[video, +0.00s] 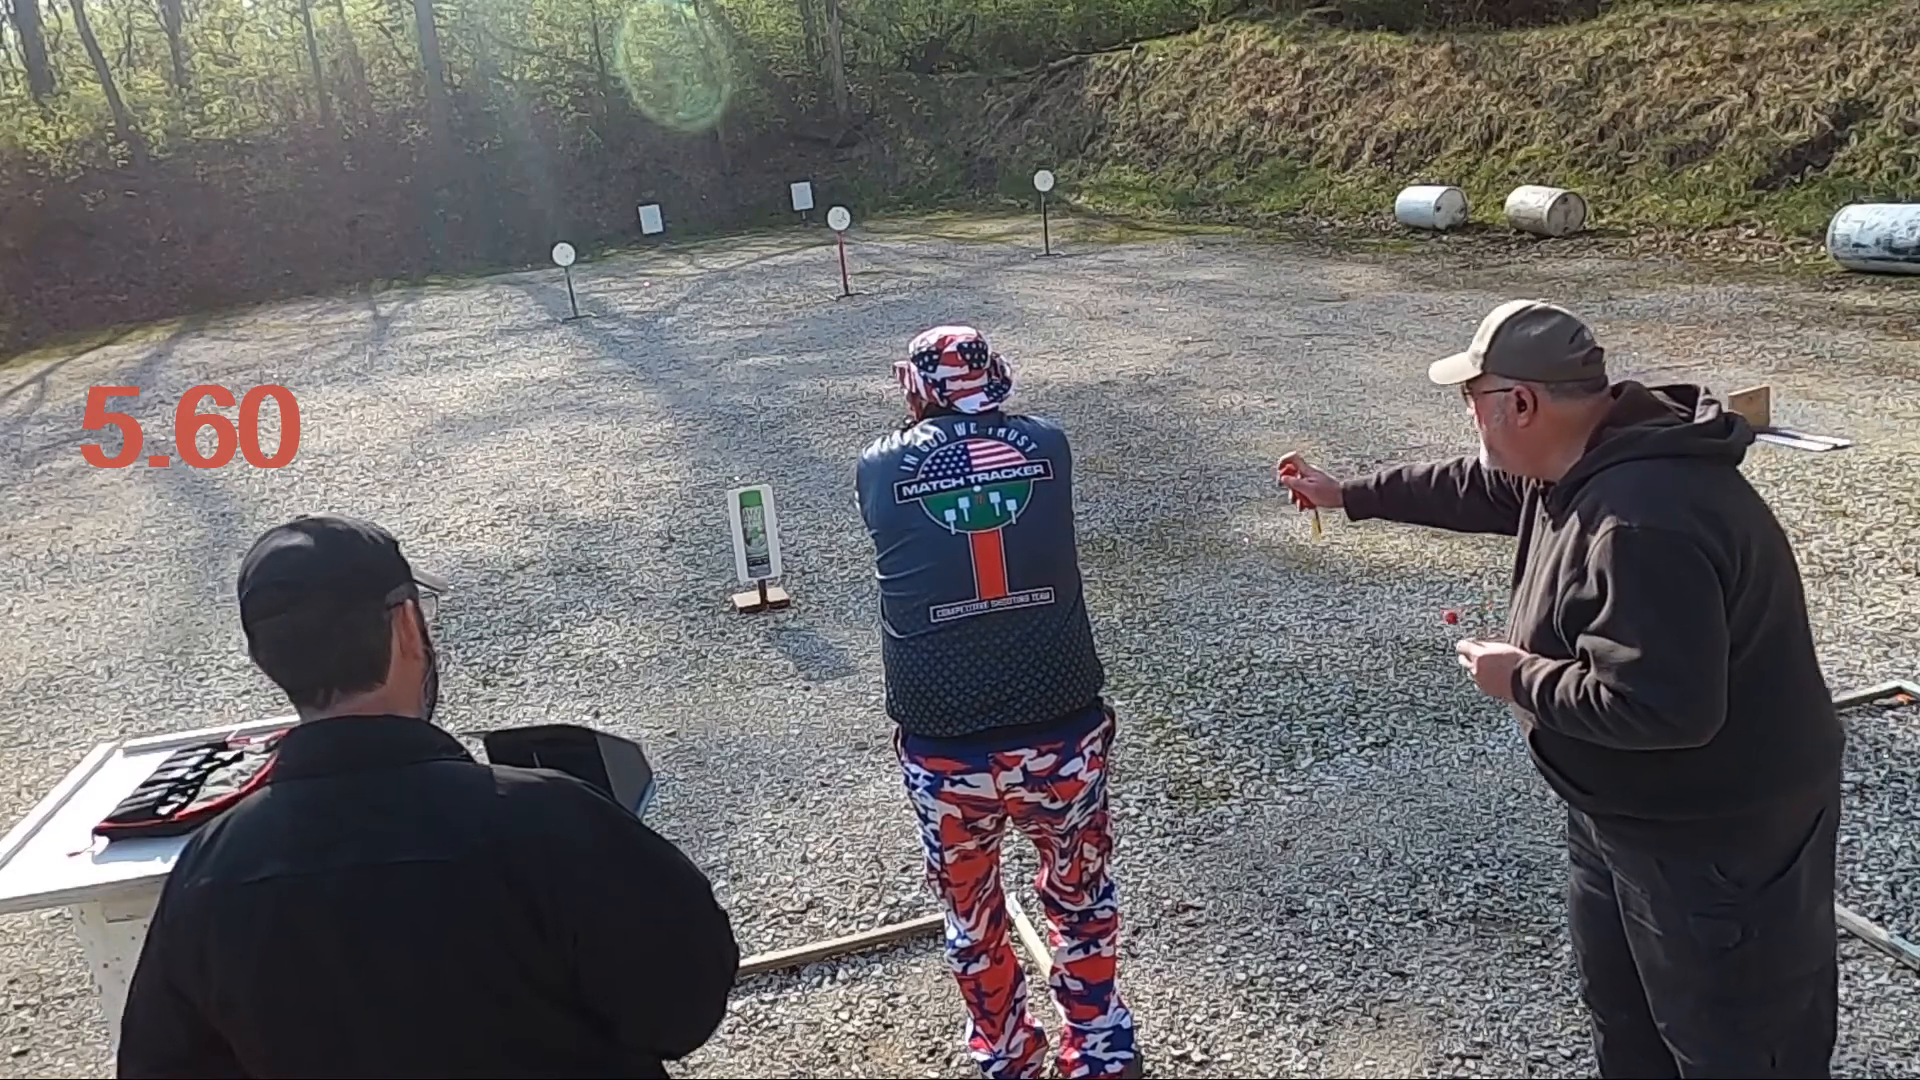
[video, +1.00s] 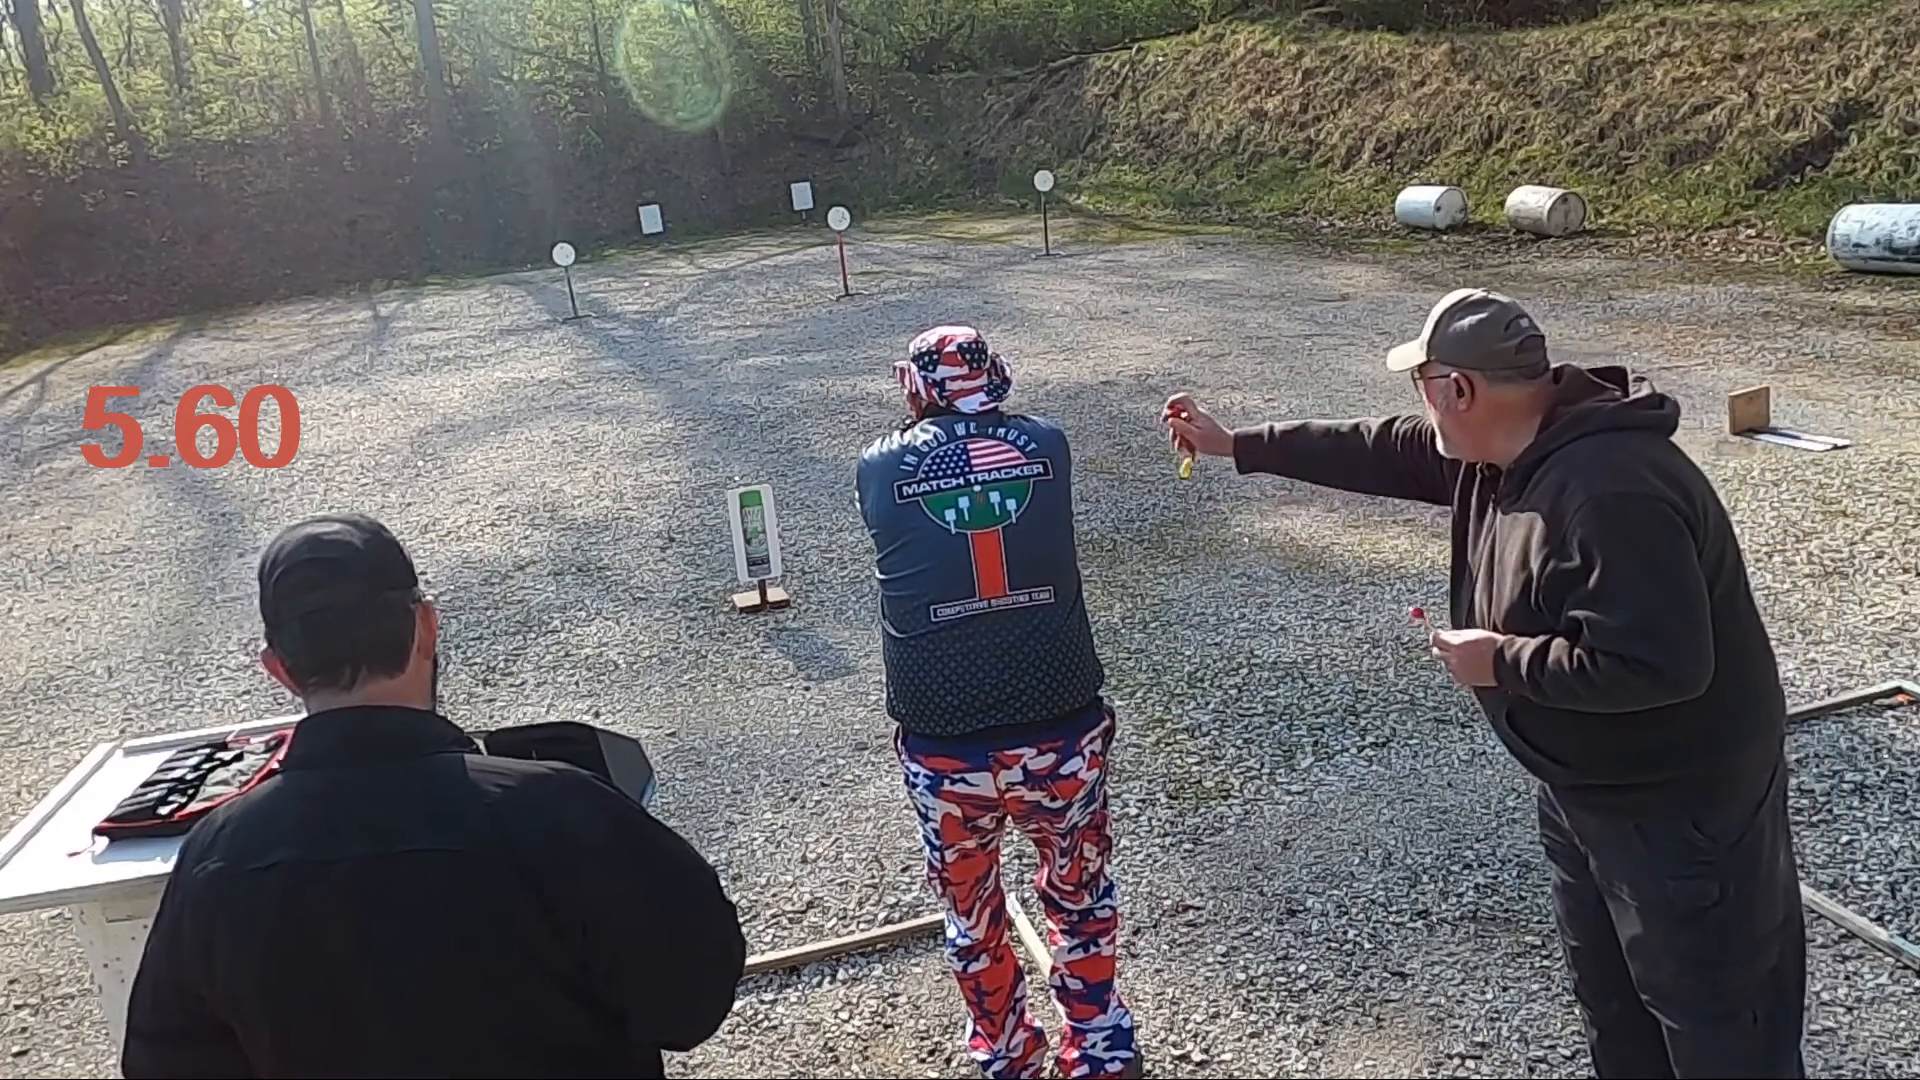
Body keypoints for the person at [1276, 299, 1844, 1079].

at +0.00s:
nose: (1472, 417)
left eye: (1475, 398)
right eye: (1469, 399)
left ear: (1521, 405)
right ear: (1531, 400)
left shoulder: (1640, 523)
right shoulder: (1569, 468)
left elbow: (1669, 708)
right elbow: (1469, 487)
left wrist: (1520, 678)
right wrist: (1344, 493)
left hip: (1714, 842)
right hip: (1620, 816)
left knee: (1736, 1055)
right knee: (1630, 1032)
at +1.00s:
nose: (1422, 404)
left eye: (1424, 388)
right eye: (1422, 388)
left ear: (1462, 391)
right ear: (1484, 387)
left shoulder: (1612, 492)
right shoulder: (1502, 454)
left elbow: (1664, 666)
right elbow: (1381, 451)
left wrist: (1503, 660)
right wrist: (1233, 444)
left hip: (1687, 812)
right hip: (1589, 796)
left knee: (1723, 1042)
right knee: (1622, 1027)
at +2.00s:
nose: (1440, 401)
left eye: (1440, 386)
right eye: (1439, 386)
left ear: (1470, 393)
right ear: (1535, 373)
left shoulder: (1619, 482)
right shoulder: (1522, 462)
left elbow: (1682, 647)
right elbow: (1434, 495)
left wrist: (1521, 655)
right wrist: (1306, 488)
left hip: (1716, 811)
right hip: (1607, 797)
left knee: (1765, 1048)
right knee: (1633, 1036)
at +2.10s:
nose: (1457, 408)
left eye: (1455, 391)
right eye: (1453, 392)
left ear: (1483, 397)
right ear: (1549, 375)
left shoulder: (1629, 491)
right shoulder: (1558, 466)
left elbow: (1682, 658)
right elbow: (1496, 529)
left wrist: (1527, 659)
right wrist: (1365, 520)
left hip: (1725, 815)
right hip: (1621, 800)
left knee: (1784, 1050)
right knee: (1638, 1036)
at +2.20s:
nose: (1478, 412)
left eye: (1476, 395)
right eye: (1475, 395)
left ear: (1504, 400)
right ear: (1577, 374)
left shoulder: (1638, 498)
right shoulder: (1589, 463)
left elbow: (1693, 674)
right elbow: (1550, 553)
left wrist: (1538, 665)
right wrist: (1431, 551)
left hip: (1742, 826)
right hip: (1637, 807)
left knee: (1801, 1051)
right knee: (1642, 1034)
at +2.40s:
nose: (1532, 422)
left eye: (1533, 405)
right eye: (1532, 404)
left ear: (1564, 413)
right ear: (1634, 390)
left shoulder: (1696, 520)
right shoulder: (1657, 470)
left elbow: (1740, 705)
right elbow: (1647, 587)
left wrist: (1585, 687)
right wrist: (1537, 579)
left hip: (1791, 848)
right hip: (1681, 819)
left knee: (1829, 1062)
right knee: (1657, 1038)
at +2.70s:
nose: (1611, 426)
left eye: (1612, 409)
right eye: (1608, 409)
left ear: (1649, 416)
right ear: (1728, 392)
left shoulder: (1795, 531)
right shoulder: (1733, 488)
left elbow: (1838, 725)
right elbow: (1715, 603)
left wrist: (1666, 701)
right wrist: (1600, 593)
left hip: (1842, 881)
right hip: (1747, 855)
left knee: (1855, 1064)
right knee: (1698, 1056)